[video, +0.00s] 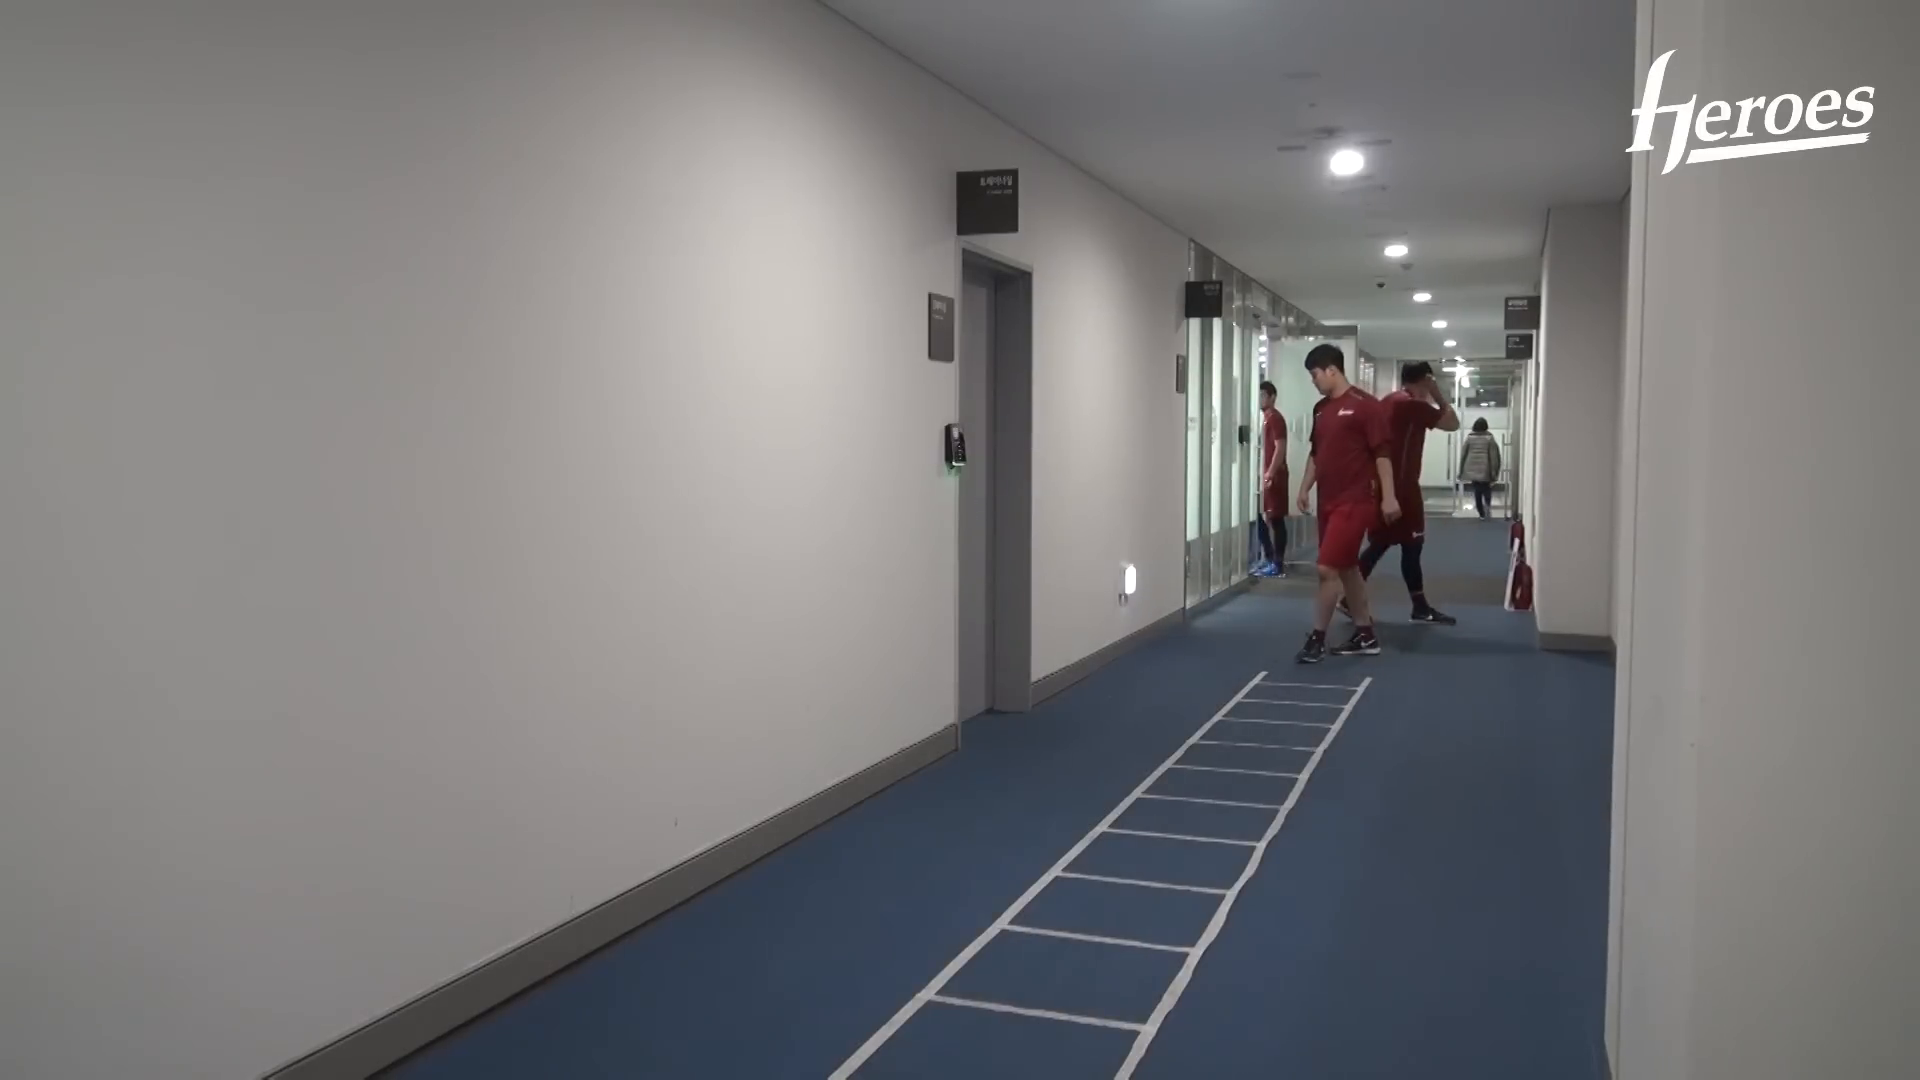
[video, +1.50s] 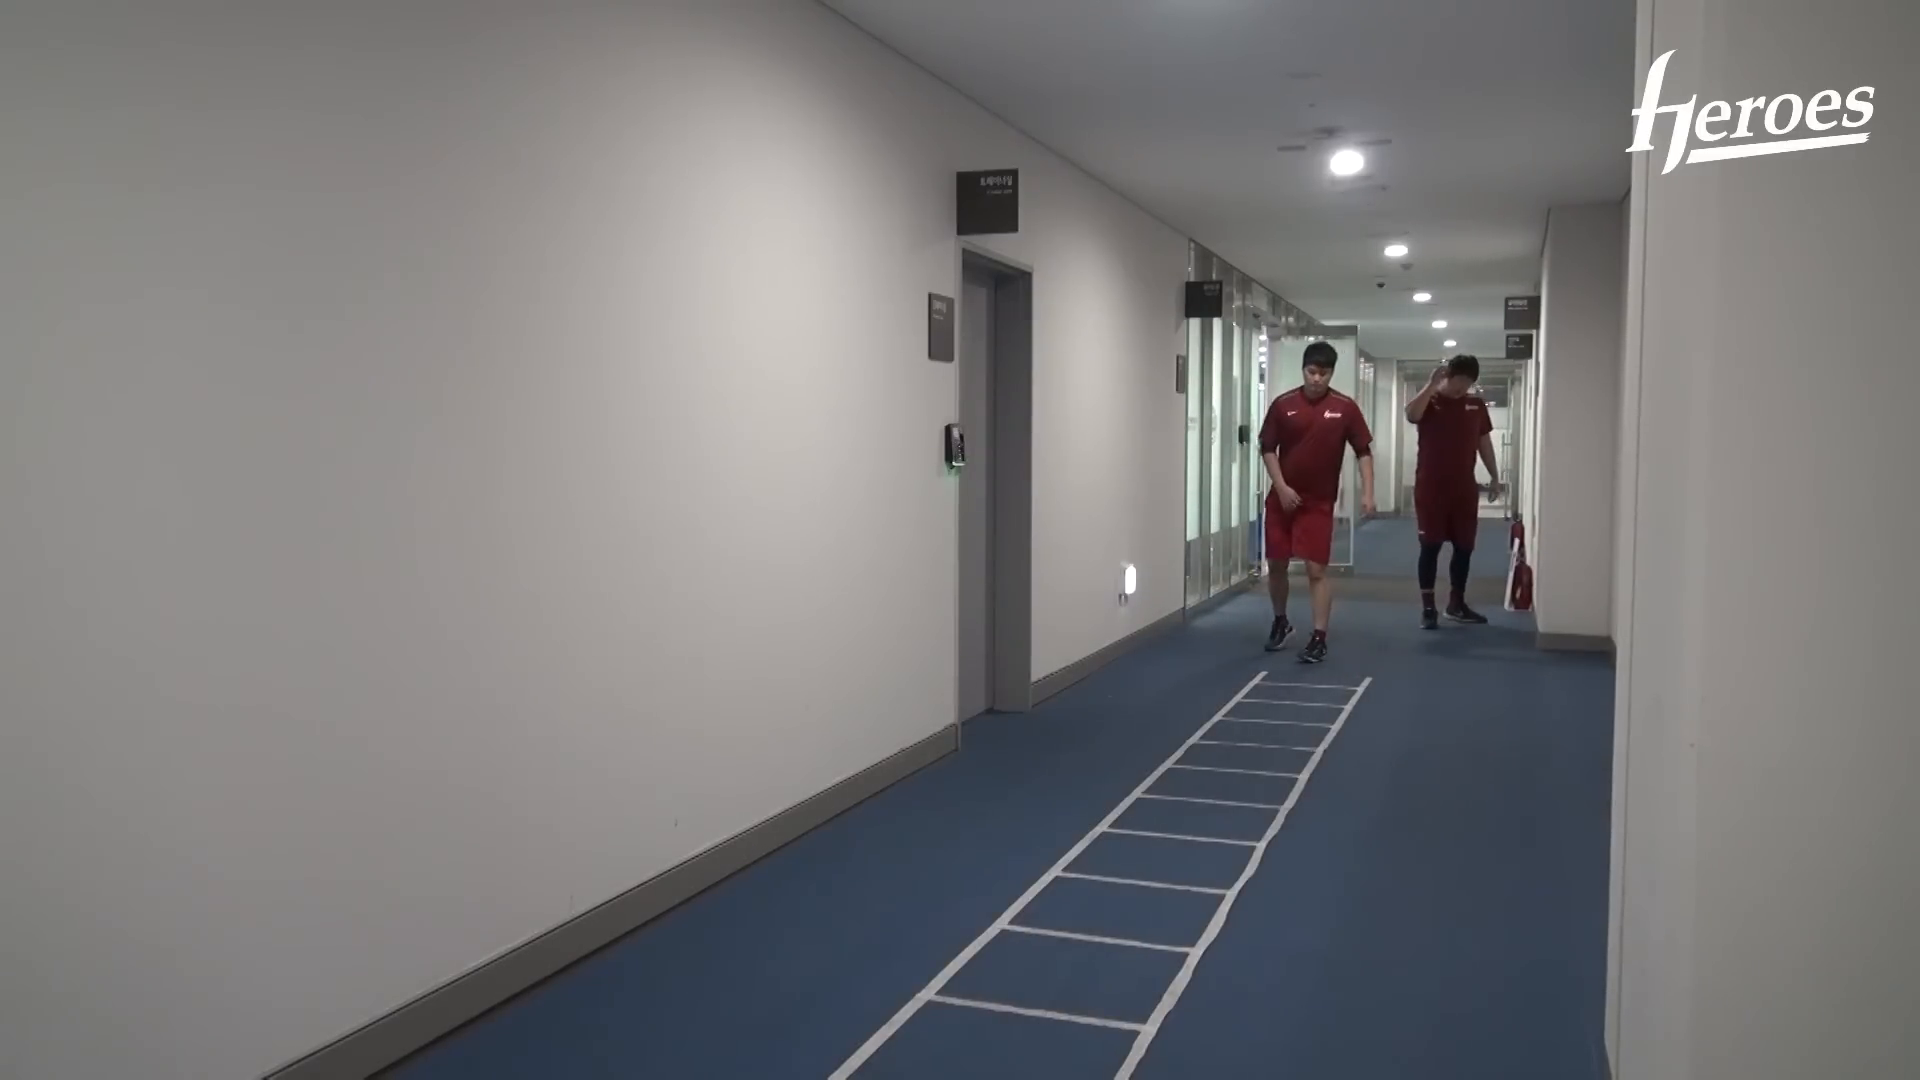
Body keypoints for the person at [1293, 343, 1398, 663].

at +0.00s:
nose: (1312, 381)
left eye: (1315, 374)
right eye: (1311, 375)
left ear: (1331, 370)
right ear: (1327, 372)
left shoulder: (1367, 406)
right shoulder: (1321, 409)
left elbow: (1382, 453)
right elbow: (1316, 453)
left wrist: (1389, 496)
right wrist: (1304, 488)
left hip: (1355, 501)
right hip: (1327, 502)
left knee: (1328, 568)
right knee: (1347, 569)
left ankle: (1318, 636)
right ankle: (1365, 634)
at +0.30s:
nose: (1305, 375)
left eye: (1309, 368)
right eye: (1303, 369)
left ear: (1327, 365)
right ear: (1307, 370)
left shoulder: (1350, 401)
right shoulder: (1310, 403)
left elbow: (1356, 452)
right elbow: (1304, 449)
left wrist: (1354, 496)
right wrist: (1300, 486)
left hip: (1339, 497)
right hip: (1315, 497)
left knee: (1322, 570)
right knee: (1333, 568)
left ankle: (1316, 637)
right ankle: (1357, 625)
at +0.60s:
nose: (1312, 372)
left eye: (1319, 366)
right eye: (1308, 366)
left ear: (1332, 366)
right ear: (1304, 367)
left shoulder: (1345, 399)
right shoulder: (1303, 401)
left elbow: (1341, 448)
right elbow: (1297, 446)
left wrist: (1305, 477)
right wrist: (1293, 481)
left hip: (1335, 498)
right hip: (1308, 495)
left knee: (1326, 569)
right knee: (1294, 557)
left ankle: (1318, 637)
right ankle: (1331, 615)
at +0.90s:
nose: (1319, 372)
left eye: (1326, 366)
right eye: (1314, 365)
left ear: (1337, 367)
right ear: (1307, 366)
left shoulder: (1350, 402)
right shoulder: (1298, 400)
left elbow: (1351, 454)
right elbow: (1290, 448)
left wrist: (1341, 497)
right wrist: (1291, 489)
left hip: (1333, 500)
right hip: (1301, 496)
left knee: (1324, 570)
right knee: (1283, 554)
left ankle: (1318, 637)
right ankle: (1285, 613)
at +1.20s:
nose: (1322, 374)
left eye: (1329, 369)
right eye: (1317, 367)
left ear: (1339, 371)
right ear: (1310, 367)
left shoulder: (1354, 404)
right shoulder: (1291, 401)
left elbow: (1374, 449)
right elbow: (1281, 447)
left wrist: (1385, 491)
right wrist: (1290, 486)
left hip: (1328, 501)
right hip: (1292, 494)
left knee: (1320, 570)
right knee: (1270, 553)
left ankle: (1318, 637)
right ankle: (1271, 612)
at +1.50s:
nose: (1316, 377)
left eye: (1323, 371)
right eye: (1311, 370)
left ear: (1332, 373)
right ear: (1303, 371)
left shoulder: (1345, 408)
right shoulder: (1282, 405)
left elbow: (1363, 451)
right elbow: (1267, 448)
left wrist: (1368, 493)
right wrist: (1281, 486)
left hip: (1320, 502)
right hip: (1282, 497)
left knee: (1316, 571)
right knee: (1277, 566)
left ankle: (1319, 637)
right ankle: (1280, 621)